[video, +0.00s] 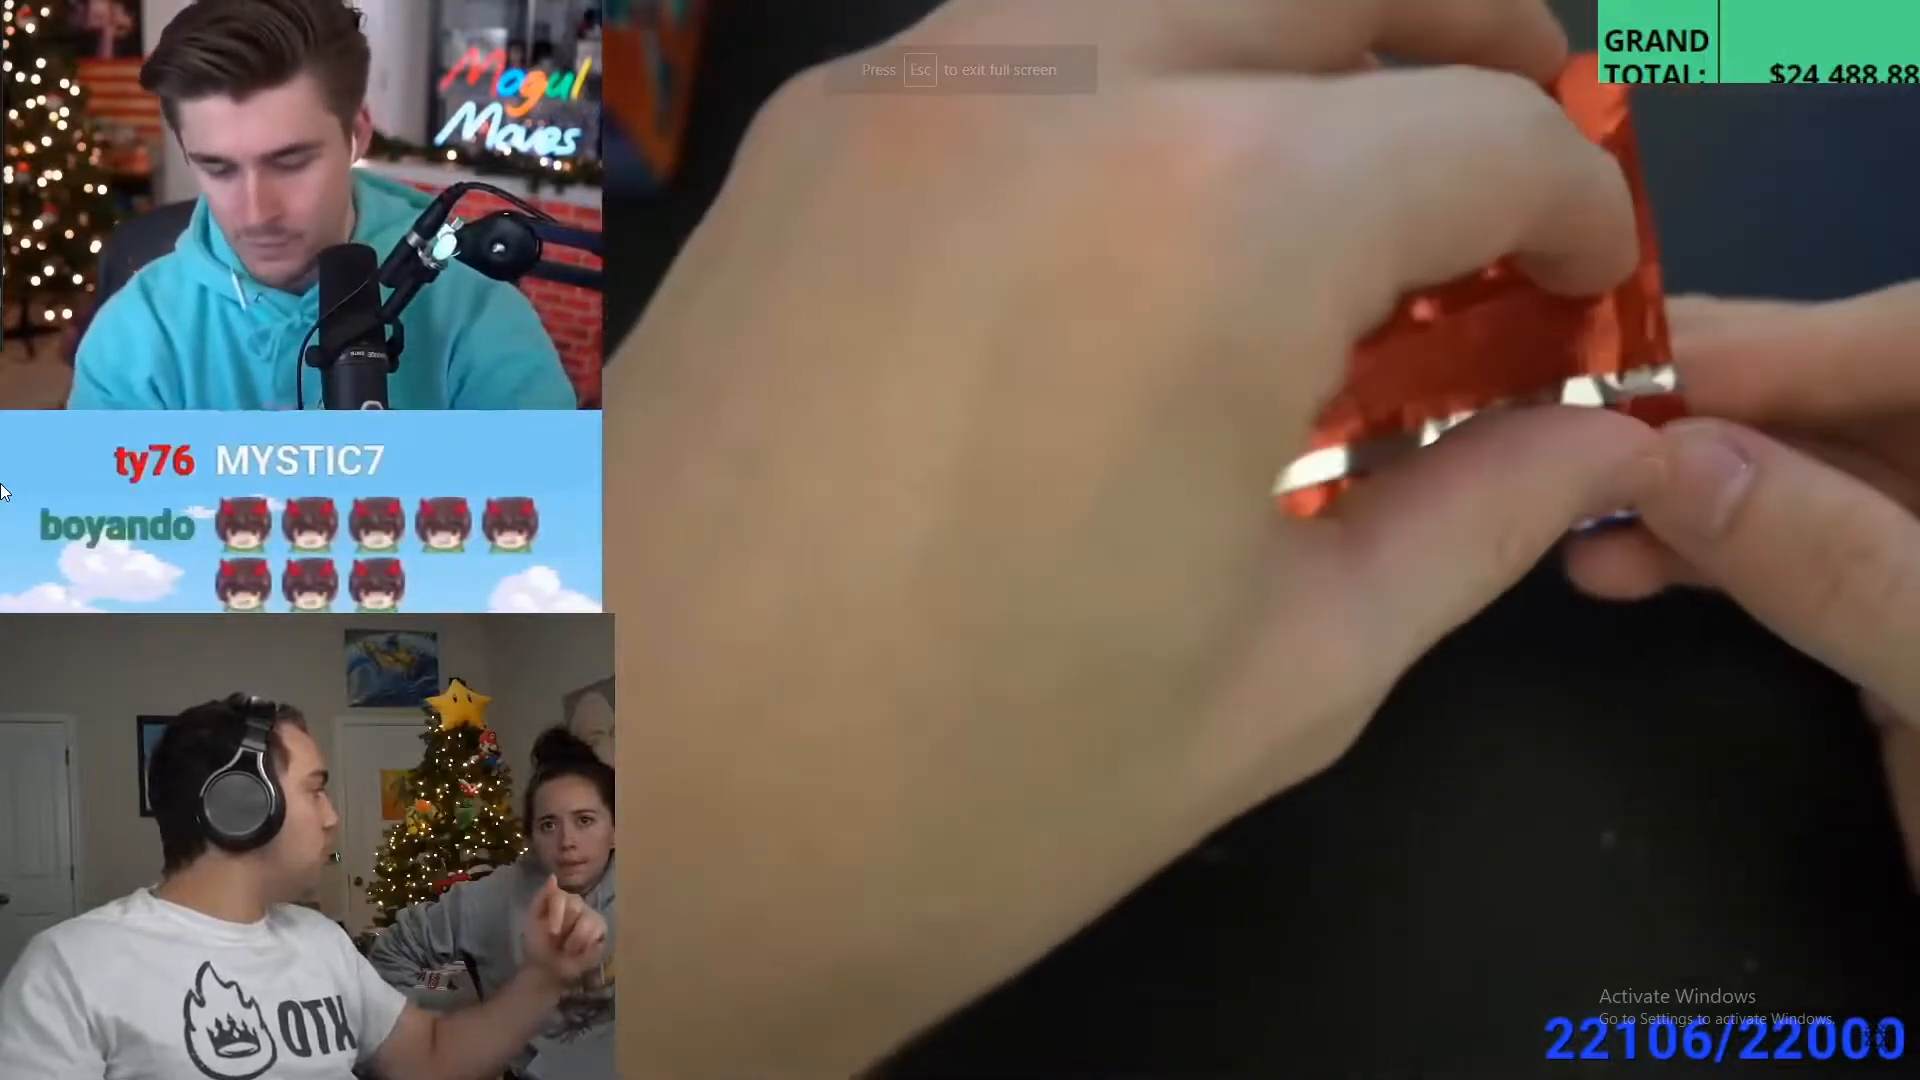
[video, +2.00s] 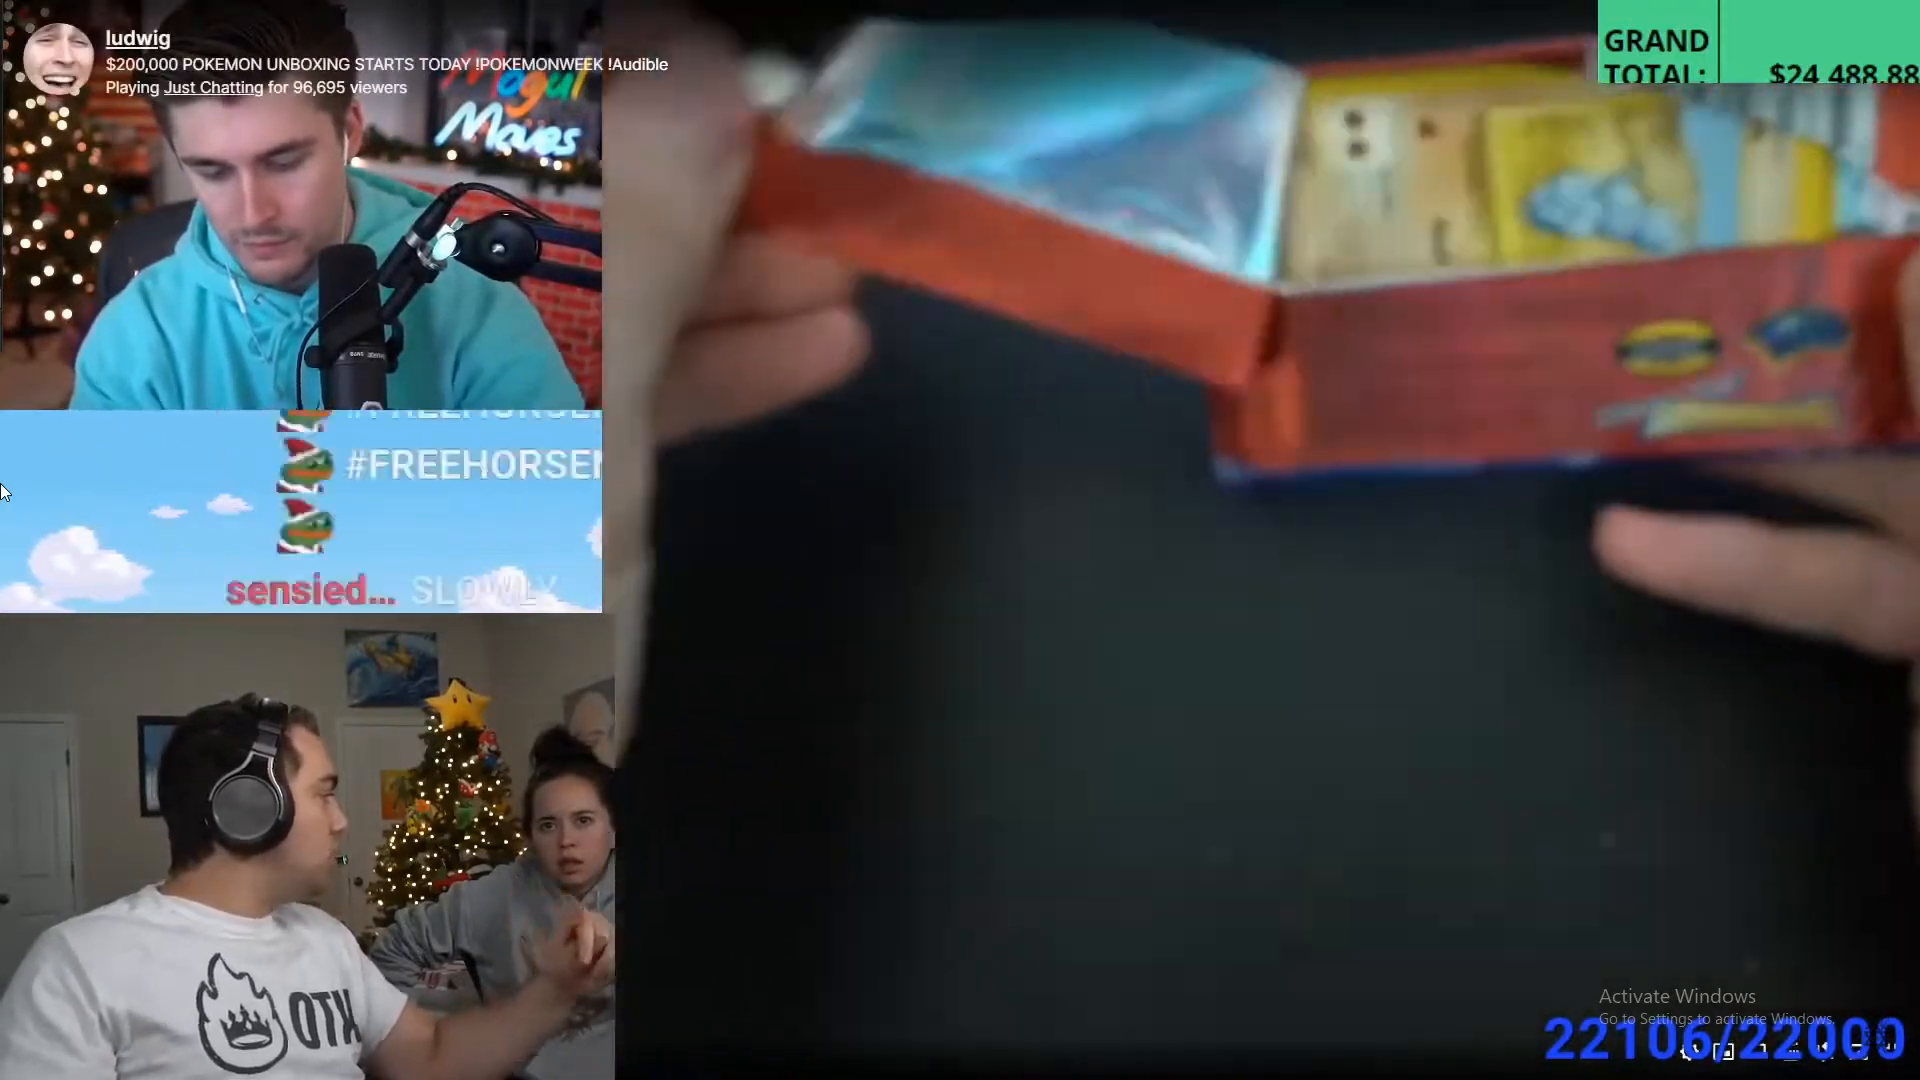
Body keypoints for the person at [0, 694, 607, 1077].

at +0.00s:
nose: (334, 815)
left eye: (326, 789)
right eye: (316, 787)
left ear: (239, 802)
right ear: (236, 801)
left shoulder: (320, 943)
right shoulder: (68, 972)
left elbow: (433, 1053)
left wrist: (544, 977)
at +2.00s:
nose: (342, 819)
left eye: (335, 793)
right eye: (325, 792)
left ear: (256, 802)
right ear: (244, 802)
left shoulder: (324, 943)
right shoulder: (79, 966)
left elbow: (432, 1051)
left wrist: (557, 990)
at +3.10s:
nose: (341, 820)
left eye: (333, 794)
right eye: (322, 793)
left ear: (255, 800)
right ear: (242, 801)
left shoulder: (323, 942)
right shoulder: (76, 968)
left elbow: (428, 1056)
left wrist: (525, 973)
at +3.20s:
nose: (342, 819)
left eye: (332, 793)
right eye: (321, 793)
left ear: (254, 804)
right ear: (243, 805)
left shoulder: (324, 943)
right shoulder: (77, 966)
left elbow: (428, 1061)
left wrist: (505, 959)